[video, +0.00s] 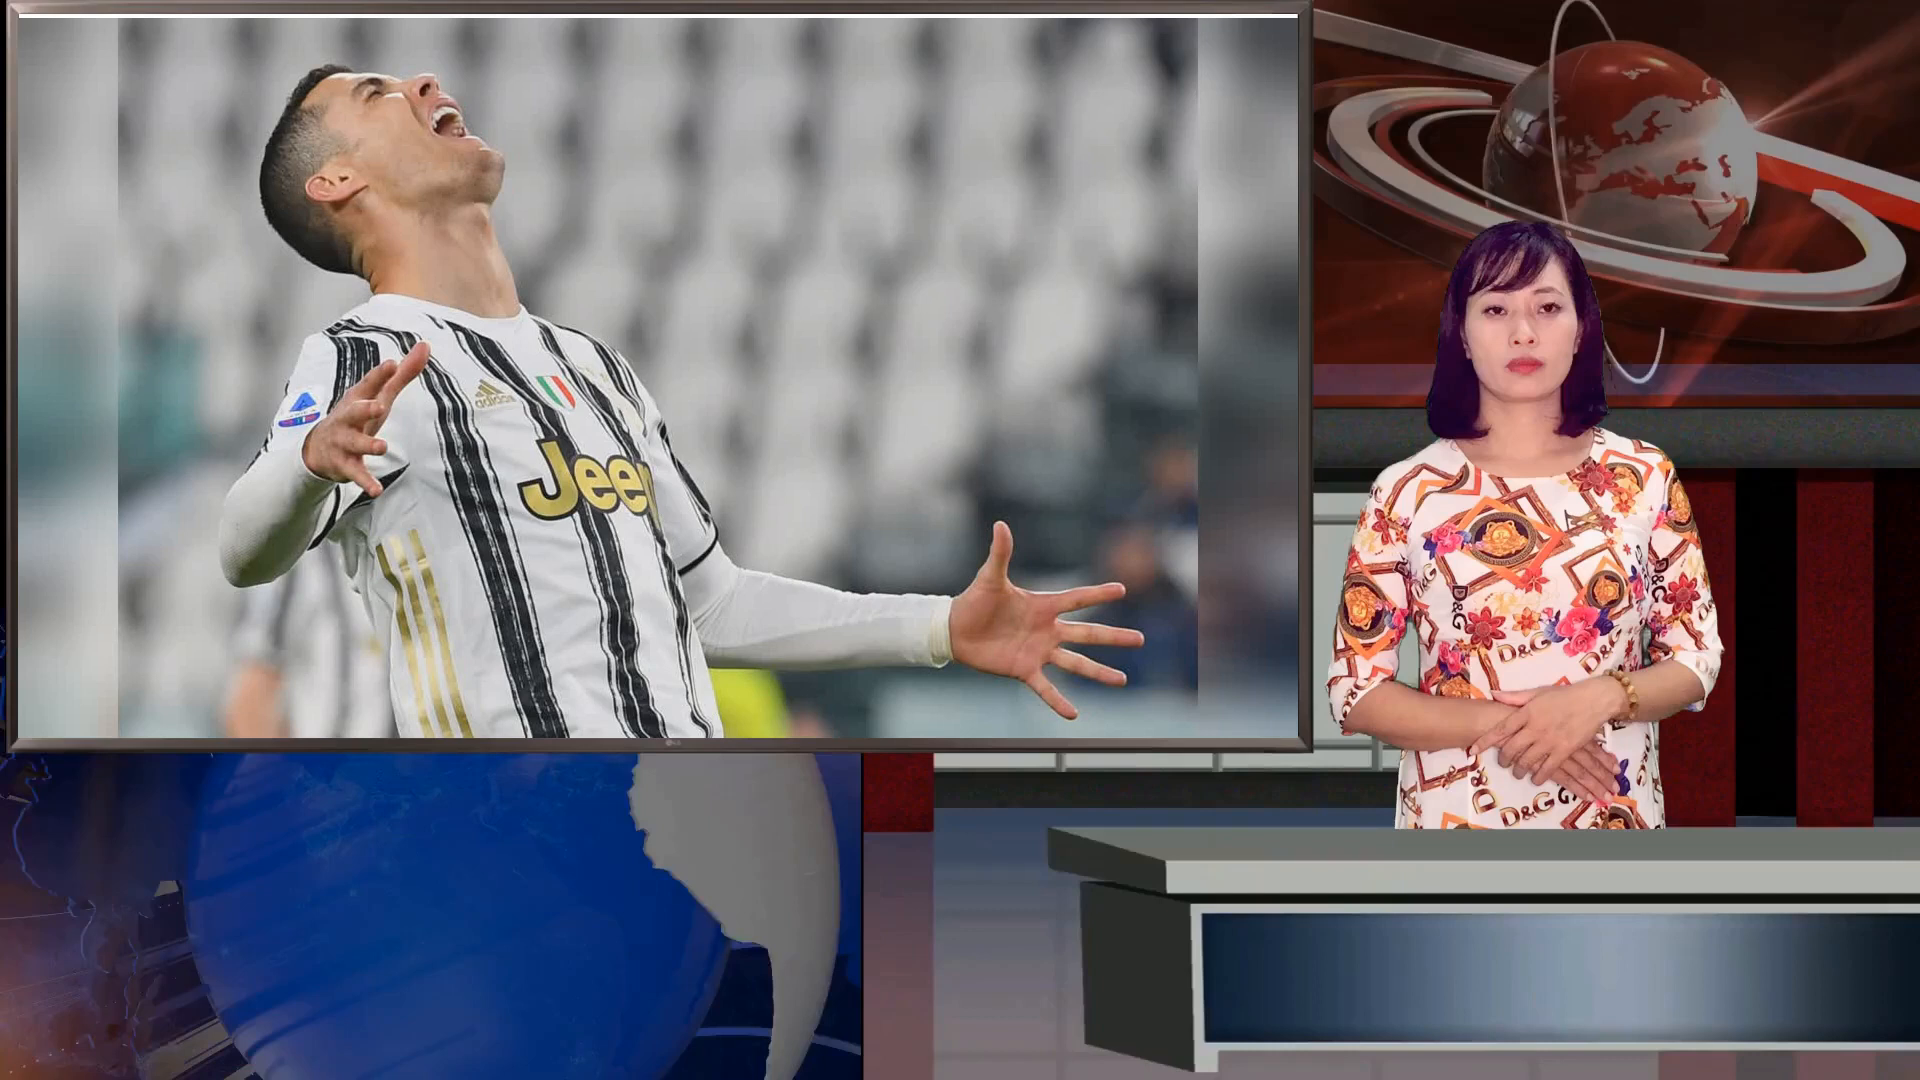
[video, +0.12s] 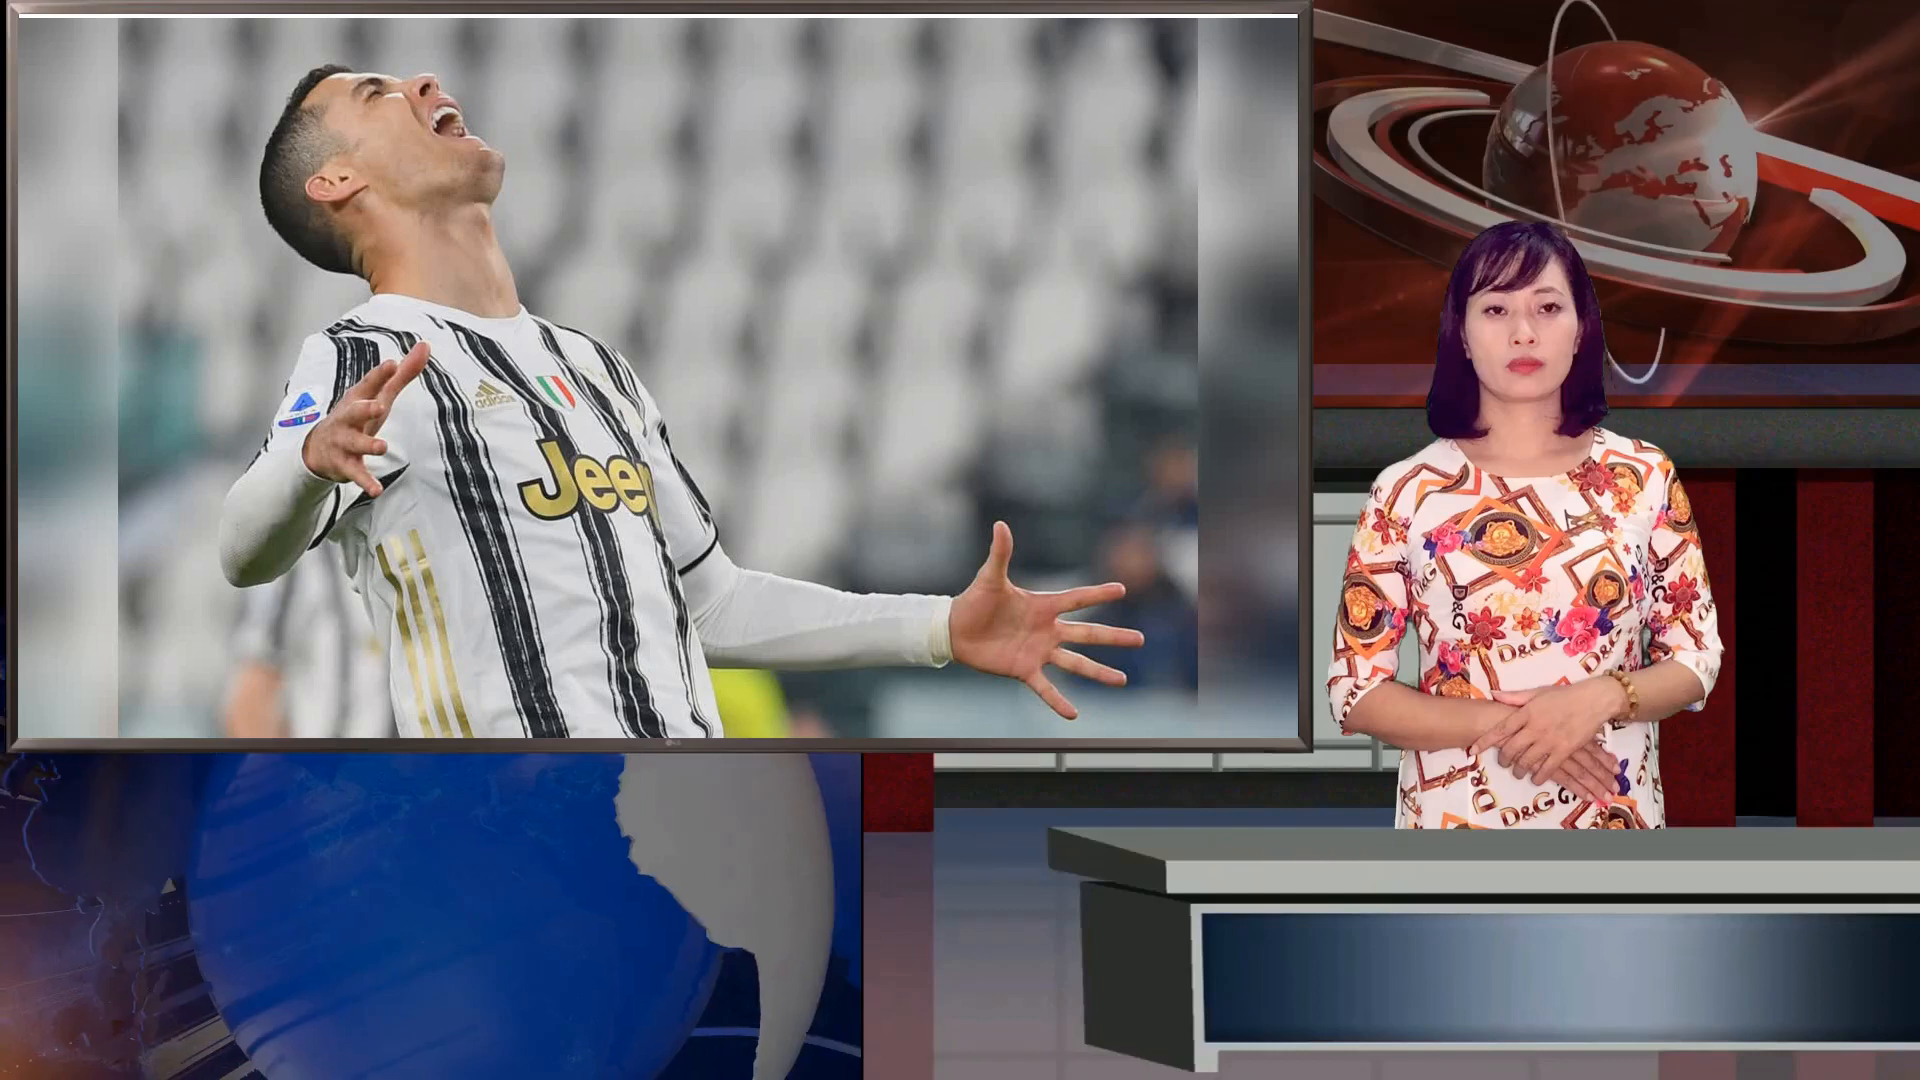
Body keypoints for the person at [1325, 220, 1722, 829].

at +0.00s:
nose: (1523, 331)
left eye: (1548, 308)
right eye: (1496, 310)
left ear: (1581, 328)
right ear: (1460, 331)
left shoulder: (1643, 478)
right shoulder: (1405, 493)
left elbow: (1696, 659)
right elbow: (1354, 690)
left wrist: (1601, 697)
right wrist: (1515, 728)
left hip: (1612, 829)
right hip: (1457, 829)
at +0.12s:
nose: (1523, 331)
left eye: (1548, 308)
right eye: (1496, 310)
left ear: (1581, 328)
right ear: (1460, 331)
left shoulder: (1643, 478)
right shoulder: (1405, 493)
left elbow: (1696, 658)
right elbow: (1354, 690)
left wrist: (1601, 697)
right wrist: (1515, 728)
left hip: (1612, 828)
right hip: (1457, 829)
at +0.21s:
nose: (1524, 331)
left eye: (1549, 308)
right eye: (1497, 310)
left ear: (1581, 328)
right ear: (1461, 331)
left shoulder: (1643, 478)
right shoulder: (1405, 493)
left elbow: (1696, 658)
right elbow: (1354, 690)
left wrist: (1601, 697)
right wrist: (1515, 728)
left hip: (1612, 828)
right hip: (1457, 829)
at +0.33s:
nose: (1524, 332)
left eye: (1549, 310)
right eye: (1497, 311)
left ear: (1582, 328)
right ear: (1462, 332)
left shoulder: (1643, 477)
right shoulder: (1405, 491)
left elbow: (1696, 659)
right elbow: (1355, 690)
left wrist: (1601, 696)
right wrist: (1514, 727)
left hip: (1611, 827)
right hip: (1456, 827)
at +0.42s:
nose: (1524, 332)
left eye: (1549, 310)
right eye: (1498, 312)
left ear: (1582, 329)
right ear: (1462, 331)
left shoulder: (1643, 477)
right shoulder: (1405, 491)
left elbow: (1696, 659)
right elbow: (1355, 690)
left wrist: (1602, 696)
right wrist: (1514, 727)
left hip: (1611, 828)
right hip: (1457, 828)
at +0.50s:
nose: (1524, 331)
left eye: (1549, 309)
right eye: (1497, 311)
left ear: (1583, 328)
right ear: (1463, 332)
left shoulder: (1644, 477)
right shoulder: (1406, 491)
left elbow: (1697, 658)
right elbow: (1355, 690)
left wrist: (1601, 696)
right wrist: (1514, 727)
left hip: (1612, 827)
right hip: (1458, 828)